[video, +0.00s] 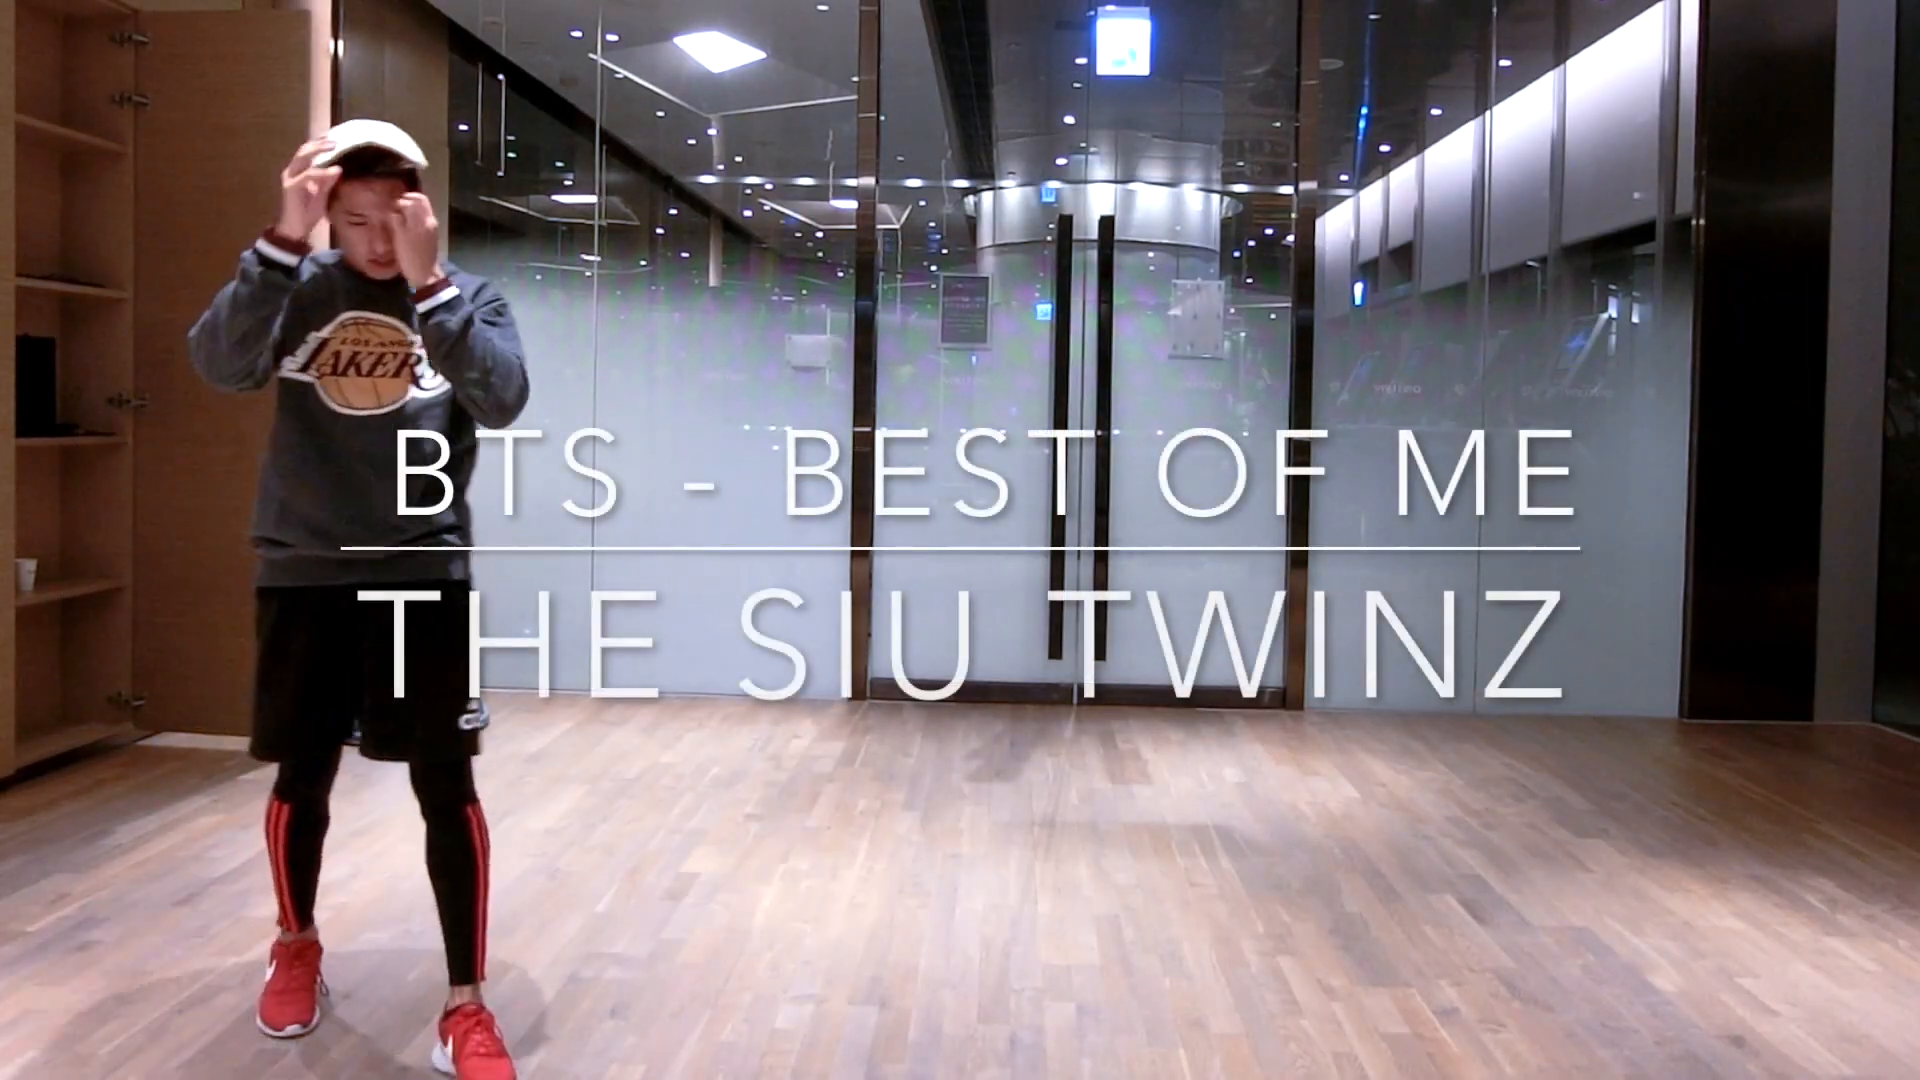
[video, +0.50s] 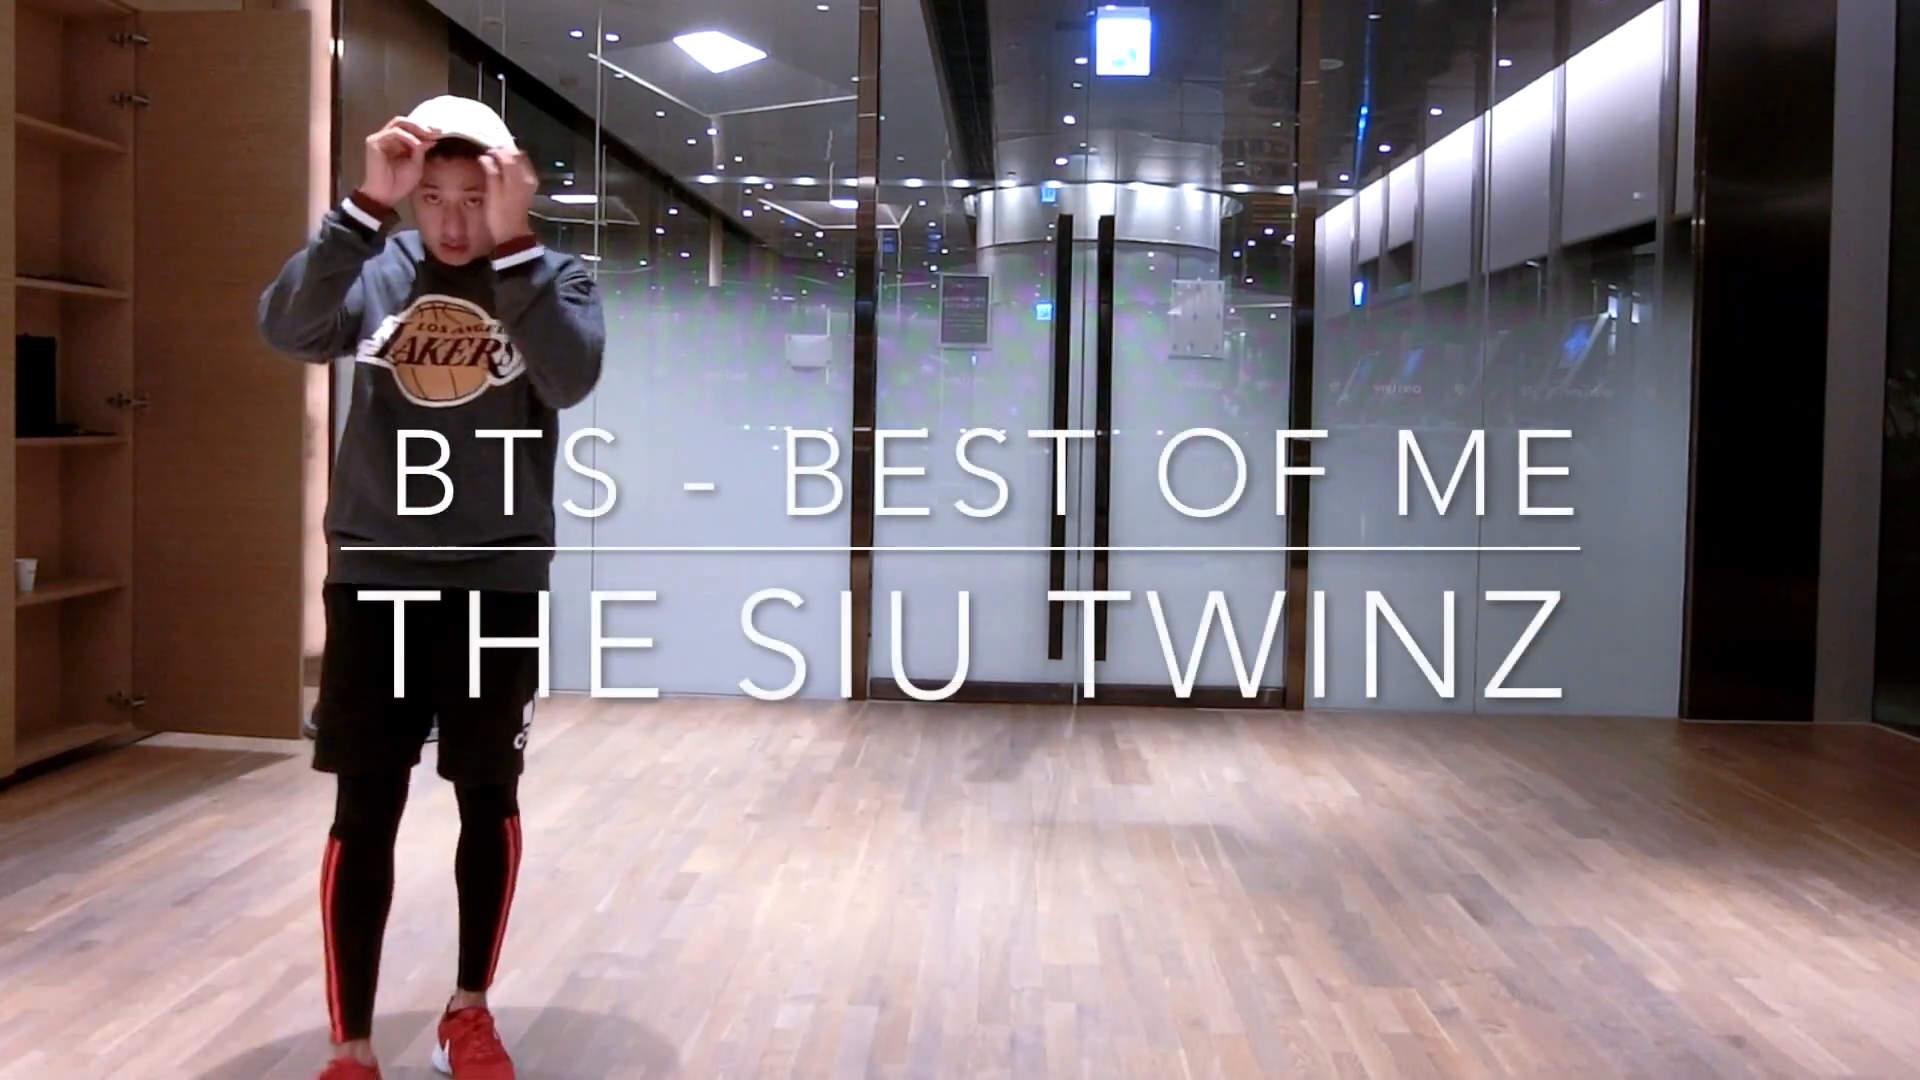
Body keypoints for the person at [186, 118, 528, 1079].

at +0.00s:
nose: (372, 218)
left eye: (391, 200)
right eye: (354, 203)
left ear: (422, 210)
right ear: (324, 213)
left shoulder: (464, 298)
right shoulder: (299, 292)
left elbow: (504, 399)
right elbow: (224, 365)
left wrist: (427, 282)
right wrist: (285, 241)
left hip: (428, 572)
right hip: (310, 570)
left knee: (447, 784)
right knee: (302, 777)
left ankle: (468, 1002)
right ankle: (294, 946)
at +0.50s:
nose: (451, 210)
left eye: (469, 190)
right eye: (435, 194)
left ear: (503, 196)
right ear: (407, 202)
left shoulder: (550, 278)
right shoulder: (375, 276)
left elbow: (570, 380)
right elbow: (287, 328)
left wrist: (516, 243)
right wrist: (367, 208)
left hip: (500, 575)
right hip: (379, 573)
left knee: (489, 801)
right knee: (366, 807)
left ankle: (470, 1010)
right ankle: (351, 1049)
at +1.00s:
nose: (429, 163)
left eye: (450, 141)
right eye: (407, 142)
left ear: (485, 158)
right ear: (378, 160)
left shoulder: (531, 272)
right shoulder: (341, 274)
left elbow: (624, 245)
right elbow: (219, 240)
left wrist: (522, 144)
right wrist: (331, 141)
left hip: (502, 604)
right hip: (369, 605)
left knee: (489, 833)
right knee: (374, 862)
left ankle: (469, 1002)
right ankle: (385, 1071)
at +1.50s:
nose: (408, 156)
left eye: (433, 132)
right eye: (383, 130)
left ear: (469, 150)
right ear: (343, 144)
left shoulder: (518, 265)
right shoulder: (277, 254)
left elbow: (536, 399)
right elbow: (261, 399)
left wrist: (499, 219)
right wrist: (323, 213)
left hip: (485, 622)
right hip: (330, 624)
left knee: (515, 909)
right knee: (355, 910)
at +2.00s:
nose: (406, 72)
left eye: (437, 44)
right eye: (383, 45)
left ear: (497, 76)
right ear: (356, 77)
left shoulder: (579, 268)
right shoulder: (306, 262)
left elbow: (623, 494)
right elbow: (254, 496)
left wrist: (674, 698)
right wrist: (206, 714)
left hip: (508, 674)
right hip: (343, 671)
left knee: (524, 979)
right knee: (368, 947)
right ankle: (385, 1079)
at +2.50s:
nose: (591, 11)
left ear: (685, 17)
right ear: (526, 21)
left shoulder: (754, 243)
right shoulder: (431, 204)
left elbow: (833, 489)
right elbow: (323, 444)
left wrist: (909, 718)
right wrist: (221, 672)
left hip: (636, 692)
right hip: (441, 687)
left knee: (618, 1031)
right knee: (396, 1022)